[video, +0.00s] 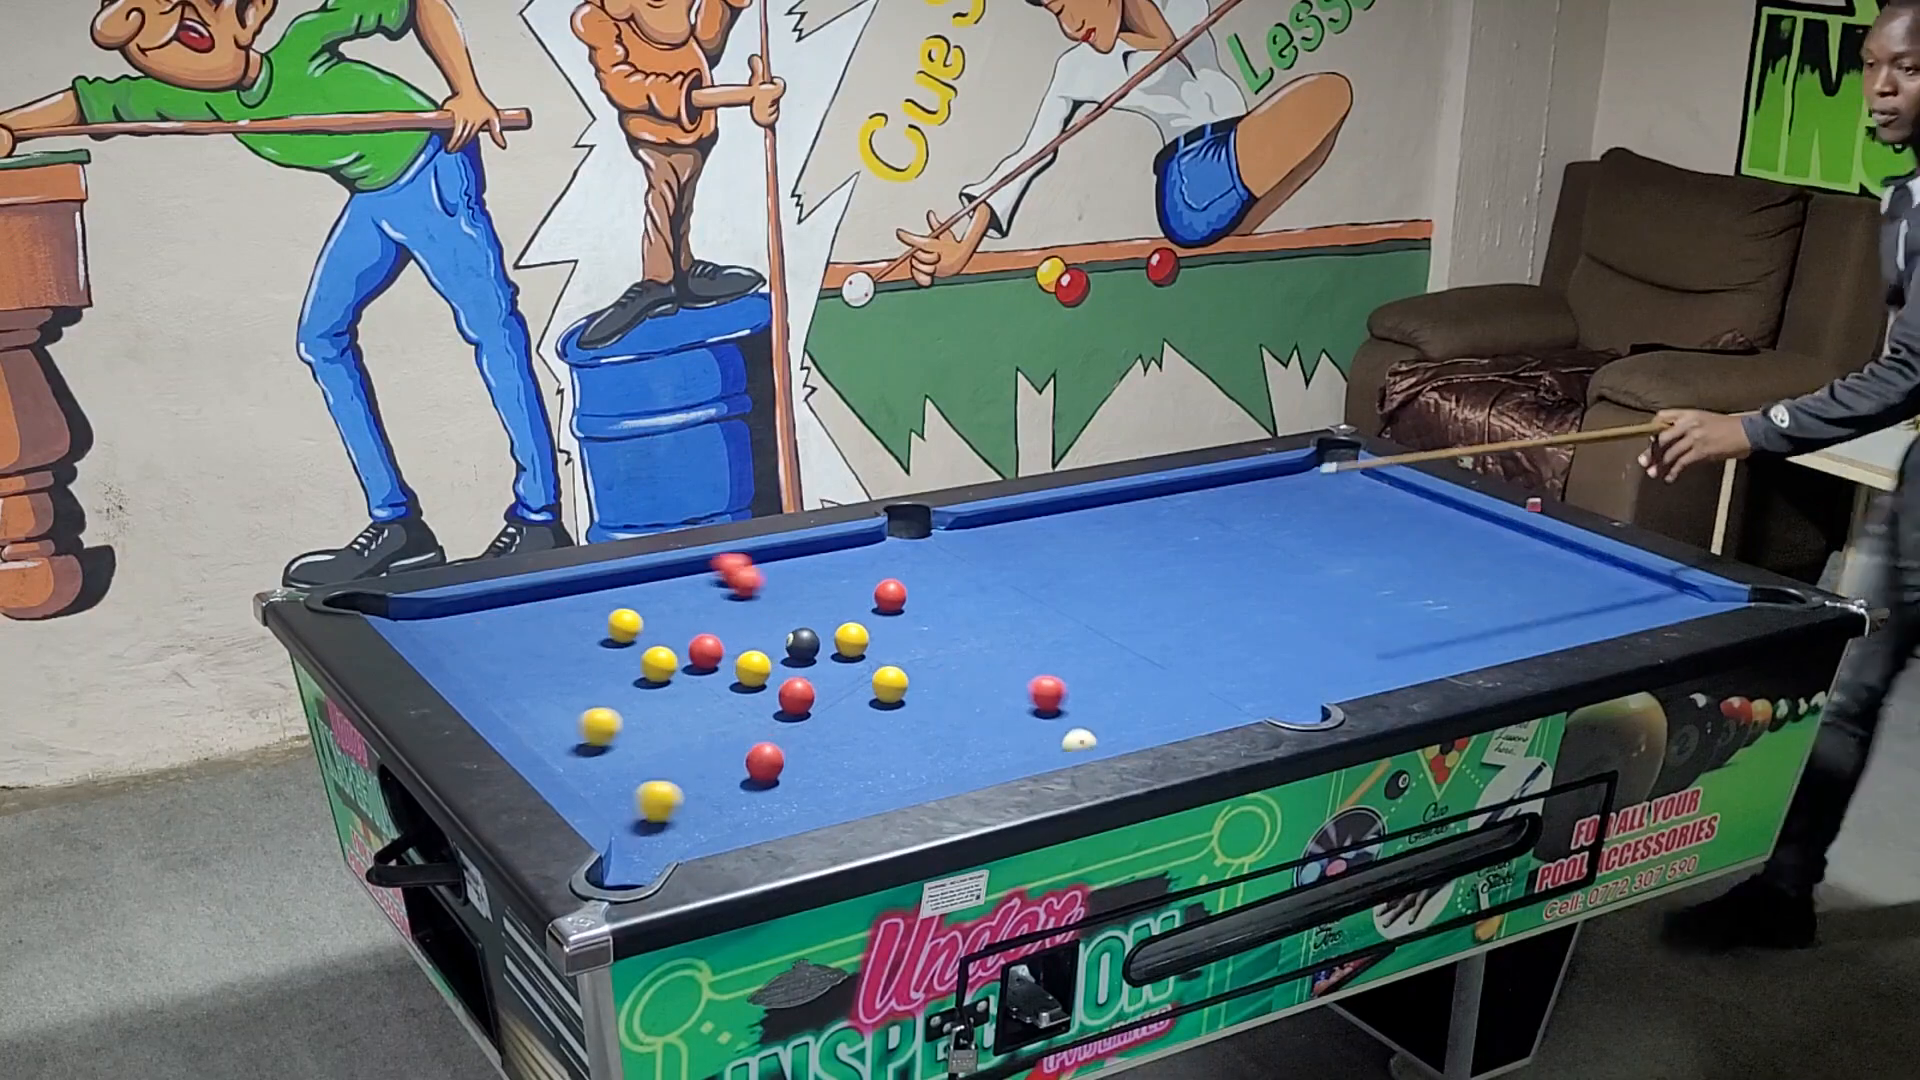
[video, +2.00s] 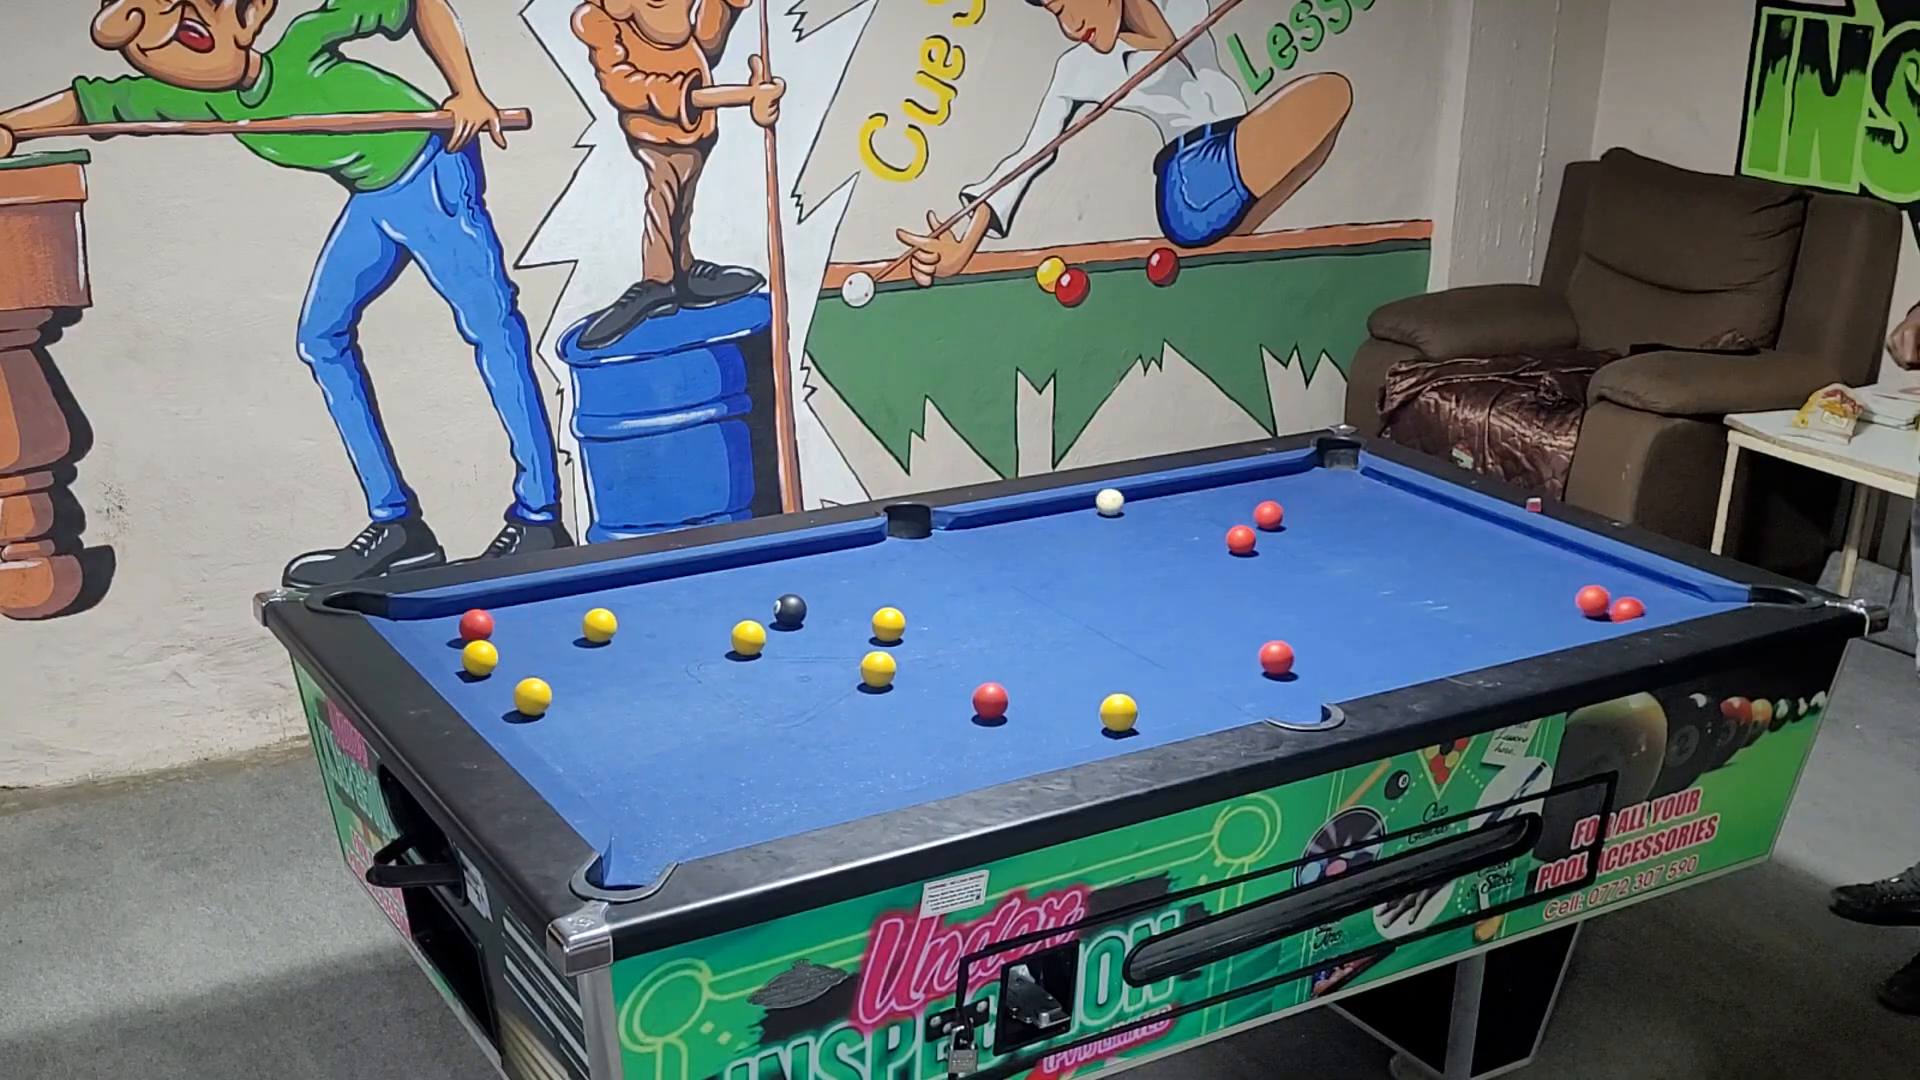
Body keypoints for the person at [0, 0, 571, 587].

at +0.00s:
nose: (207, 57)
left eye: (200, 42)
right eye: (191, 56)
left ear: (228, 22)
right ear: (185, 74)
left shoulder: (300, 37)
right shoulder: (213, 98)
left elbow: (419, 4)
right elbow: (90, 101)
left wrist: (467, 87)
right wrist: (9, 124)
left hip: (426, 165)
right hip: (369, 199)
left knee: (492, 329)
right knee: (322, 337)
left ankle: (540, 516)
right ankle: (397, 522)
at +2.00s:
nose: (208, 60)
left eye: (201, 44)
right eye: (190, 60)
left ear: (228, 24)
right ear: (185, 74)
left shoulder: (300, 37)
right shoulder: (211, 97)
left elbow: (418, 4)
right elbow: (90, 101)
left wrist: (467, 87)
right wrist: (9, 124)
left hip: (426, 165)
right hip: (369, 199)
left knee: (492, 329)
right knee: (322, 337)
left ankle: (541, 517)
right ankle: (397, 522)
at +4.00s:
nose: (205, 56)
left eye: (198, 42)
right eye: (189, 57)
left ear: (226, 21)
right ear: (184, 74)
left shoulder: (300, 37)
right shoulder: (212, 98)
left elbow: (418, 3)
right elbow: (91, 100)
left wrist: (466, 87)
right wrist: (11, 123)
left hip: (426, 165)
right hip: (369, 198)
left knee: (491, 327)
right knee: (322, 337)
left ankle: (541, 518)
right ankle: (397, 522)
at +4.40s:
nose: (205, 56)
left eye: (198, 41)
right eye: (188, 57)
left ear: (225, 21)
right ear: (184, 74)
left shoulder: (300, 36)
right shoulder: (213, 98)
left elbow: (418, 3)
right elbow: (91, 100)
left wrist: (466, 87)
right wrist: (11, 123)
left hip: (426, 165)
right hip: (369, 199)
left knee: (491, 327)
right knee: (322, 337)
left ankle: (541, 518)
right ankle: (397, 522)